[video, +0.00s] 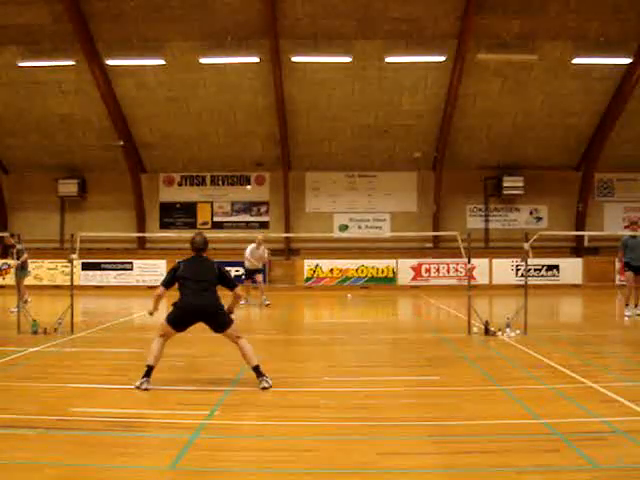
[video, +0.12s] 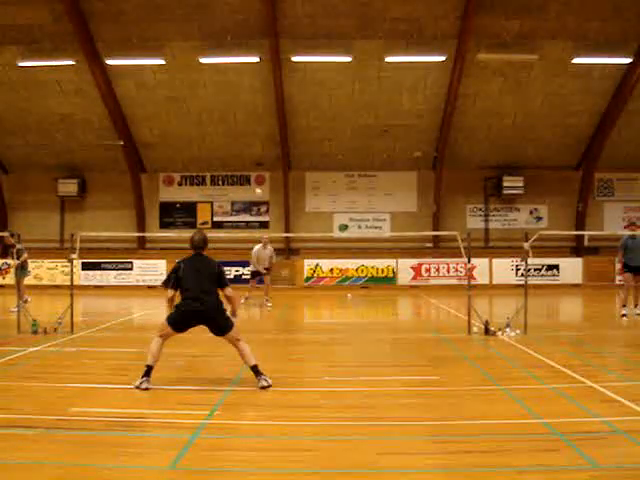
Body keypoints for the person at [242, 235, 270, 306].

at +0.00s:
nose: (260, 242)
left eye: (261, 240)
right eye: (258, 240)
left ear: (263, 242)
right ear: (256, 240)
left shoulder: (264, 250)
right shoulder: (251, 247)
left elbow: (265, 260)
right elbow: (247, 256)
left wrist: (265, 255)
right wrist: (254, 262)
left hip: (258, 267)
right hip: (249, 267)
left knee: (260, 282)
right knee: (247, 283)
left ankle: (263, 298)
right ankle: (245, 298)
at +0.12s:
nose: (265, 240)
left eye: (267, 239)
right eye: (264, 239)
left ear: (268, 240)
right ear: (261, 240)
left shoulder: (270, 249)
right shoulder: (256, 249)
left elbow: (273, 257)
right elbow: (254, 262)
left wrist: (272, 262)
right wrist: (261, 270)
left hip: (266, 267)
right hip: (256, 268)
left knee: (267, 284)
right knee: (252, 284)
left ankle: (266, 299)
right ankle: (246, 297)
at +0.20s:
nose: (267, 241)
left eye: (269, 239)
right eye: (266, 239)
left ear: (270, 240)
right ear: (264, 240)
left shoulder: (273, 247)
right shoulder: (259, 247)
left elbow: (277, 255)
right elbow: (254, 256)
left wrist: (278, 261)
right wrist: (257, 266)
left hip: (268, 267)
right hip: (259, 268)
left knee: (268, 284)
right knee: (255, 284)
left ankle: (267, 299)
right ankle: (252, 295)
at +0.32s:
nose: (272, 234)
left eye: (274, 232)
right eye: (271, 232)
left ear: (276, 233)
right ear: (268, 232)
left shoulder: (280, 241)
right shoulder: (264, 240)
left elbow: (285, 248)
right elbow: (256, 249)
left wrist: (285, 257)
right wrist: (257, 259)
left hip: (274, 262)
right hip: (264, 263)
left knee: (273, 281)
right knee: (262, 281)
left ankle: (271, 296)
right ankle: (260, 296)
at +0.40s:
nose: (274, 233)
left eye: (275, 231)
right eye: (272, 231)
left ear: (277, 231)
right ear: (270, 231)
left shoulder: (281, 240)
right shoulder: (265, 240)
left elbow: (287, 246)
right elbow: (259, 248)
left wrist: (287, 255)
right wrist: (259, 259)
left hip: (276, 262)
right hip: (266, 262)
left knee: (275, 282)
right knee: (265, 282)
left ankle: (274, 296)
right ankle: (262, 297)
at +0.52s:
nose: (282, 235)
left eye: (283, 232)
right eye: (280, 232)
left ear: (286, 234)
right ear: (278, 233)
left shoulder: (290, 242)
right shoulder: (272, 243)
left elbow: (296, 252)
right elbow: (268, 254)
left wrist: (297, 261)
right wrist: (267, 264)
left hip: (286, 263)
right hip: (275, 263)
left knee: (291, 281)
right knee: (274, 281)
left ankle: (294, 299)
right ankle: (269, 298)